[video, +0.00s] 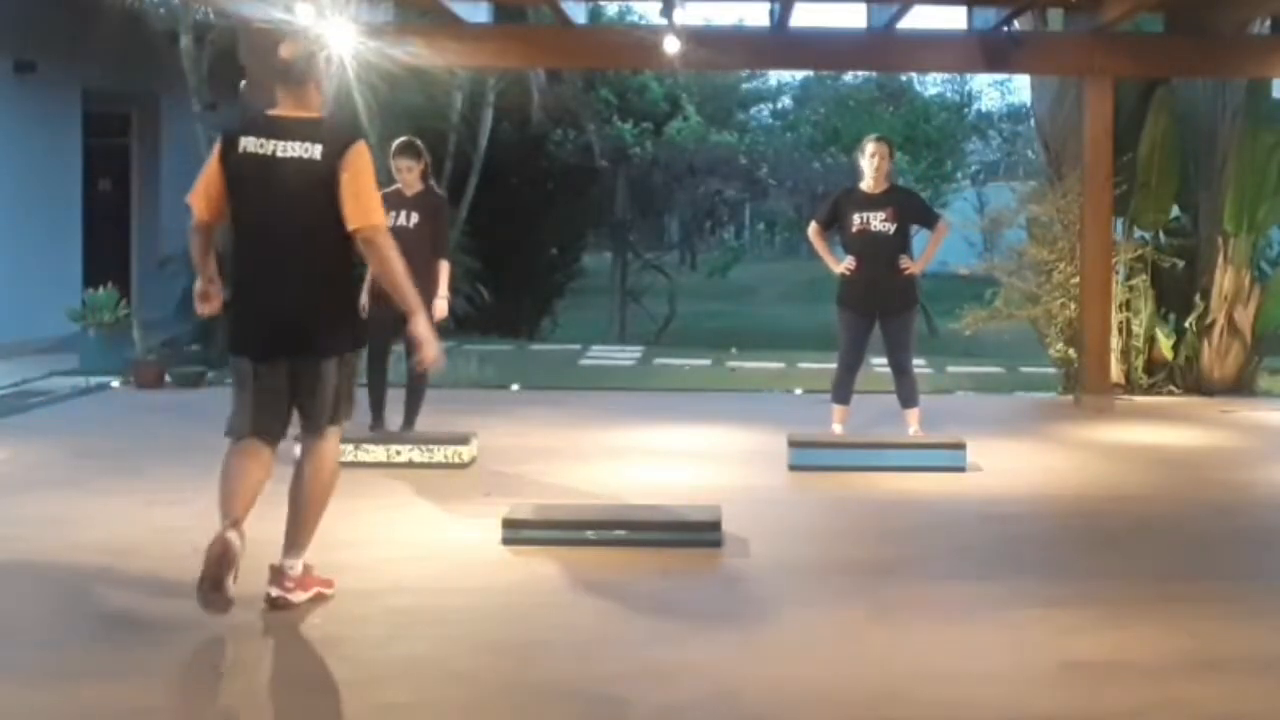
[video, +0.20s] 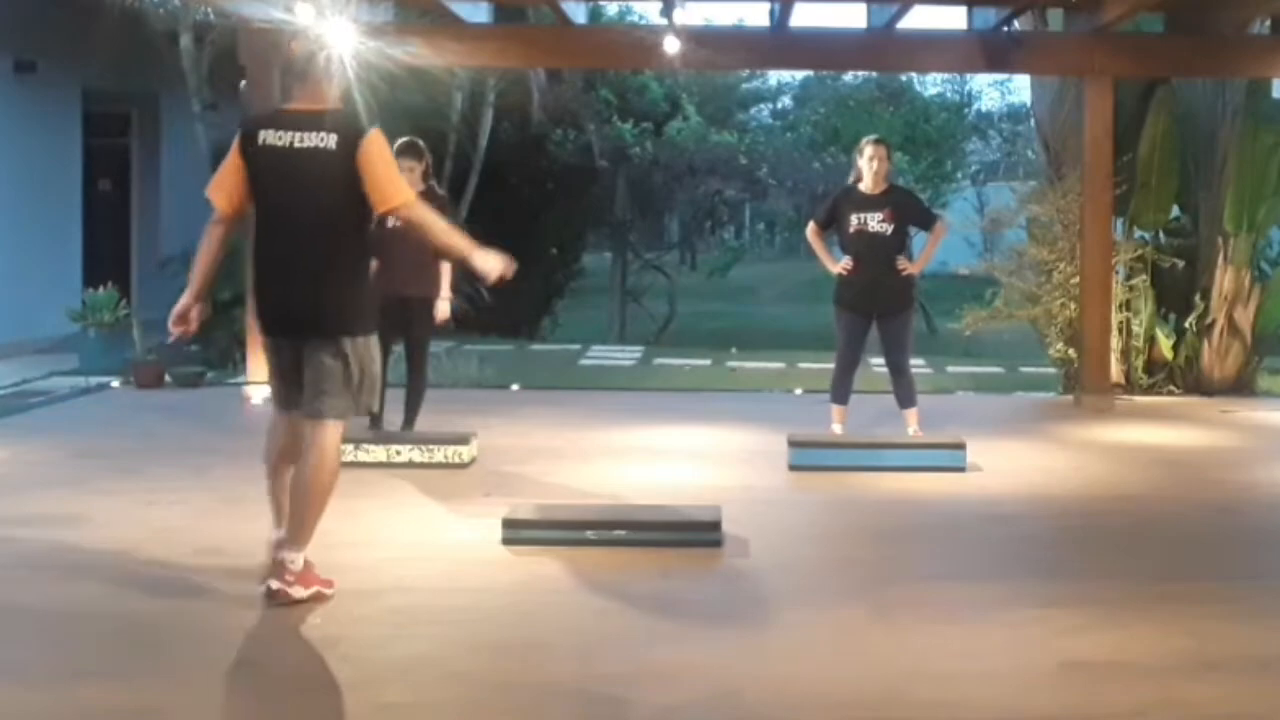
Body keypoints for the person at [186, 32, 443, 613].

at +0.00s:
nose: (335, 86)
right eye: (331, 77)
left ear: (275, 82)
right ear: (321, 82)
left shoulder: (237, 141)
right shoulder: (345, 145)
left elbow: (202, 215)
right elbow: (372, 236)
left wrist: (205, 273)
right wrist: (418, 317)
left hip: (254, 318)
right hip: (326, 322)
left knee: (255, 433)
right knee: (324, 436)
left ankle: (231, 530)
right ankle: (291, 571)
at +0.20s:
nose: (345, 85)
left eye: (337, 73)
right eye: (342, 75)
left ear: (291, 78)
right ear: (335, 80)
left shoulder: (255, 136)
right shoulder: (358, 138)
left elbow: (220, 222)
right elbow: (404, 208)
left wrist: (194, 293)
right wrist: (475, 253)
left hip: (276, 309)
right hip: (338, 311)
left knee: (285, 423)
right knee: (326, 432)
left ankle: (282, 538)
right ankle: (292, 562)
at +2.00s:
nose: (561, 123)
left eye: (560, 114)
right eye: (553, 114)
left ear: (530, 120)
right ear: (528, 118)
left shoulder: (512, 158)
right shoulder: (526, 161)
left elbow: (506, 223)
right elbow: (515, 218)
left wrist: (558, 263)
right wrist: (562, 262)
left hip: (510, 293)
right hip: (539, 294)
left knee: (507, 377)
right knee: (556, 374)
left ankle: (473, 468)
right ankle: (550, 469)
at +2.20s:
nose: (578, 120)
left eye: (577, 112)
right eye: (569, 112)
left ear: (554, 118)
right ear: (544, 116)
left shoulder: (556, 160)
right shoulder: (538, 161)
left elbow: (566, 225)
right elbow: (536, 221)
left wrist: (596, 269)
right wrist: (588, 260)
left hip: (572, 285)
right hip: (549, 289)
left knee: (593, 360)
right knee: (561, 374)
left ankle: (537, 434)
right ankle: (552, 468)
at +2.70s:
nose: (610, 112)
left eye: (616, 104)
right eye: (601, 104)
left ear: (625, 110)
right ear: (585, 111)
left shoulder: (641, 161)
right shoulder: (563, 158)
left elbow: (659, 214)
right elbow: (537, 215)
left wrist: (693, 249)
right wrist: (521, 272)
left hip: (625, 291)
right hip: (578, 292)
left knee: (623, 374)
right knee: (589, 372)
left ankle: (627, 464)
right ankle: (564, 462)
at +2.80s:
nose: (611, 113)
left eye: (618, 105)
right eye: (603, 106)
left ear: (630, 111)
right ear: (591, 112)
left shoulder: (648, 160)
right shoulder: (567, 158)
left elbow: (671, 215)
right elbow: (540, 216)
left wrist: (689, 265)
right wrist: (520, 268)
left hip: (631, 292)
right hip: (584, 291)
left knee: (628, 374)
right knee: (592, 374)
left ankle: (627, 464)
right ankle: (587, 466)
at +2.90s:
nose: (612, 113)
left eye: (619, 106)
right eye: (604, 106)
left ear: (632, 111)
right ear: (591, 112)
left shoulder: (652, 162)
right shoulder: (568, 159)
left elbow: (675, 220)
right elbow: (543, 218)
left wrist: (678, 274)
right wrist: (523, 269)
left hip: (635, 292)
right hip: (584, 293)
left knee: (630, 377)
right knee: (593, 378)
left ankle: (630, 464)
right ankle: (604, 469)